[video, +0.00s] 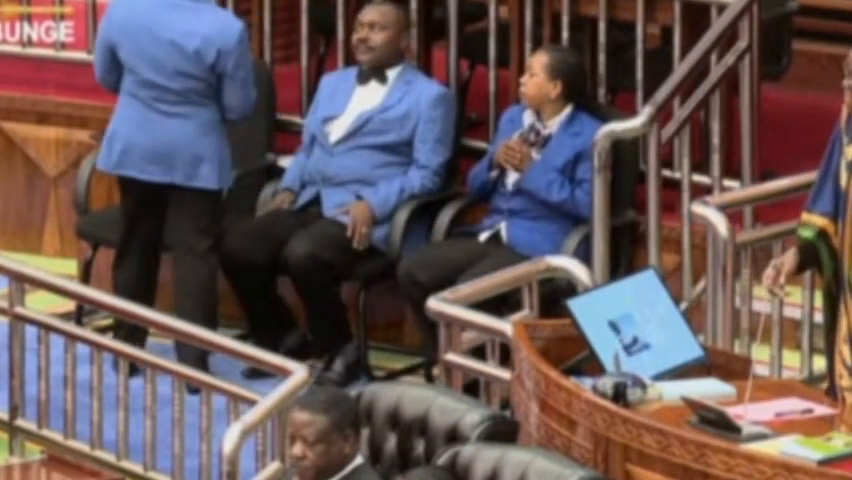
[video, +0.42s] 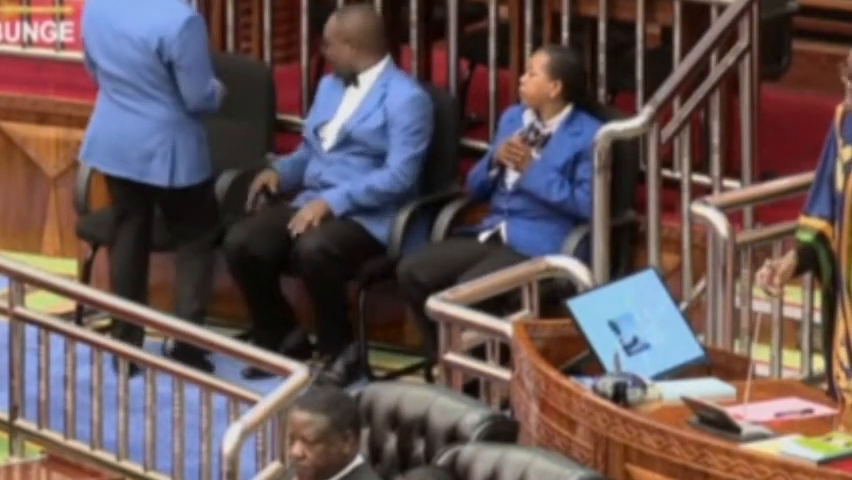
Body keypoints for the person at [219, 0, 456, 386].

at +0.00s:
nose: (363, 36)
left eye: (376, 28)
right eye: (359, 27)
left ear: (403, 40)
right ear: (352, 34)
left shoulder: (429, 96)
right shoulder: (332, 84)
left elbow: (429, 174)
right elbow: (307, 150)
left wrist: (374, 205)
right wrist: (288, 189)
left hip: (369, 214)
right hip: (313, 206)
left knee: (306, 255)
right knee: (240, 247)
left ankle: (338, 350)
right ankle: (277, 337)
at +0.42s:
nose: (325, 52)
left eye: (330, 44)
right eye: (325, 44)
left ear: (356, 46)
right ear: (357, 46)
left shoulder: (407, 97)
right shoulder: (331, 85)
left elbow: (401, 177)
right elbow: (311, 152)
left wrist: (332, 202)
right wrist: (278, 173)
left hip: (370, 214)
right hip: (313, 201)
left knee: (315, 251)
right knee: (244, 243)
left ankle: (338, 350)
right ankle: (280, 336)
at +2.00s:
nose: (342, 43)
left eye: (355, 37)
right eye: (337, 33)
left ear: (378, 44)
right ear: (328, 36)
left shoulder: (400, 100)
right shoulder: (310, 83)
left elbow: (390, 179)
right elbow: (296, 129)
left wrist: (310, 168)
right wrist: (279, 137)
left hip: (365, 219)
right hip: (306, 211)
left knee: (314, 254)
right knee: (238, 246)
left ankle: (338, 355)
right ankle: (282, 341)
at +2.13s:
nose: (346, 43)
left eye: (359, 36)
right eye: (339, 33)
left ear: (378, 43)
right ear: (329, 36)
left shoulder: (402, 99)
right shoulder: (307, 85)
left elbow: (397, 179)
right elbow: (295, 137)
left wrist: (318, 170)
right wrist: (280, 143)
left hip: (366, 218)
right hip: (305, 210)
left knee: (315, 254)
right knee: (240, 246)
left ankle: (339, 355)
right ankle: (282, 342)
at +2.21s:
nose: (353, 44)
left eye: (363, 35)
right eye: (343, 34)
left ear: (378, 40)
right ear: (327, 39)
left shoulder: (403, 99)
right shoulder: (304, 87)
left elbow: (403, 178)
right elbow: (296, 144)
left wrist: (325, 178)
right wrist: (281, 148)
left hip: (366, 217)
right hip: (304, 210)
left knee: (314, 253)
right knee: (241, 248)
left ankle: (337, 354)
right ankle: (281, 342)